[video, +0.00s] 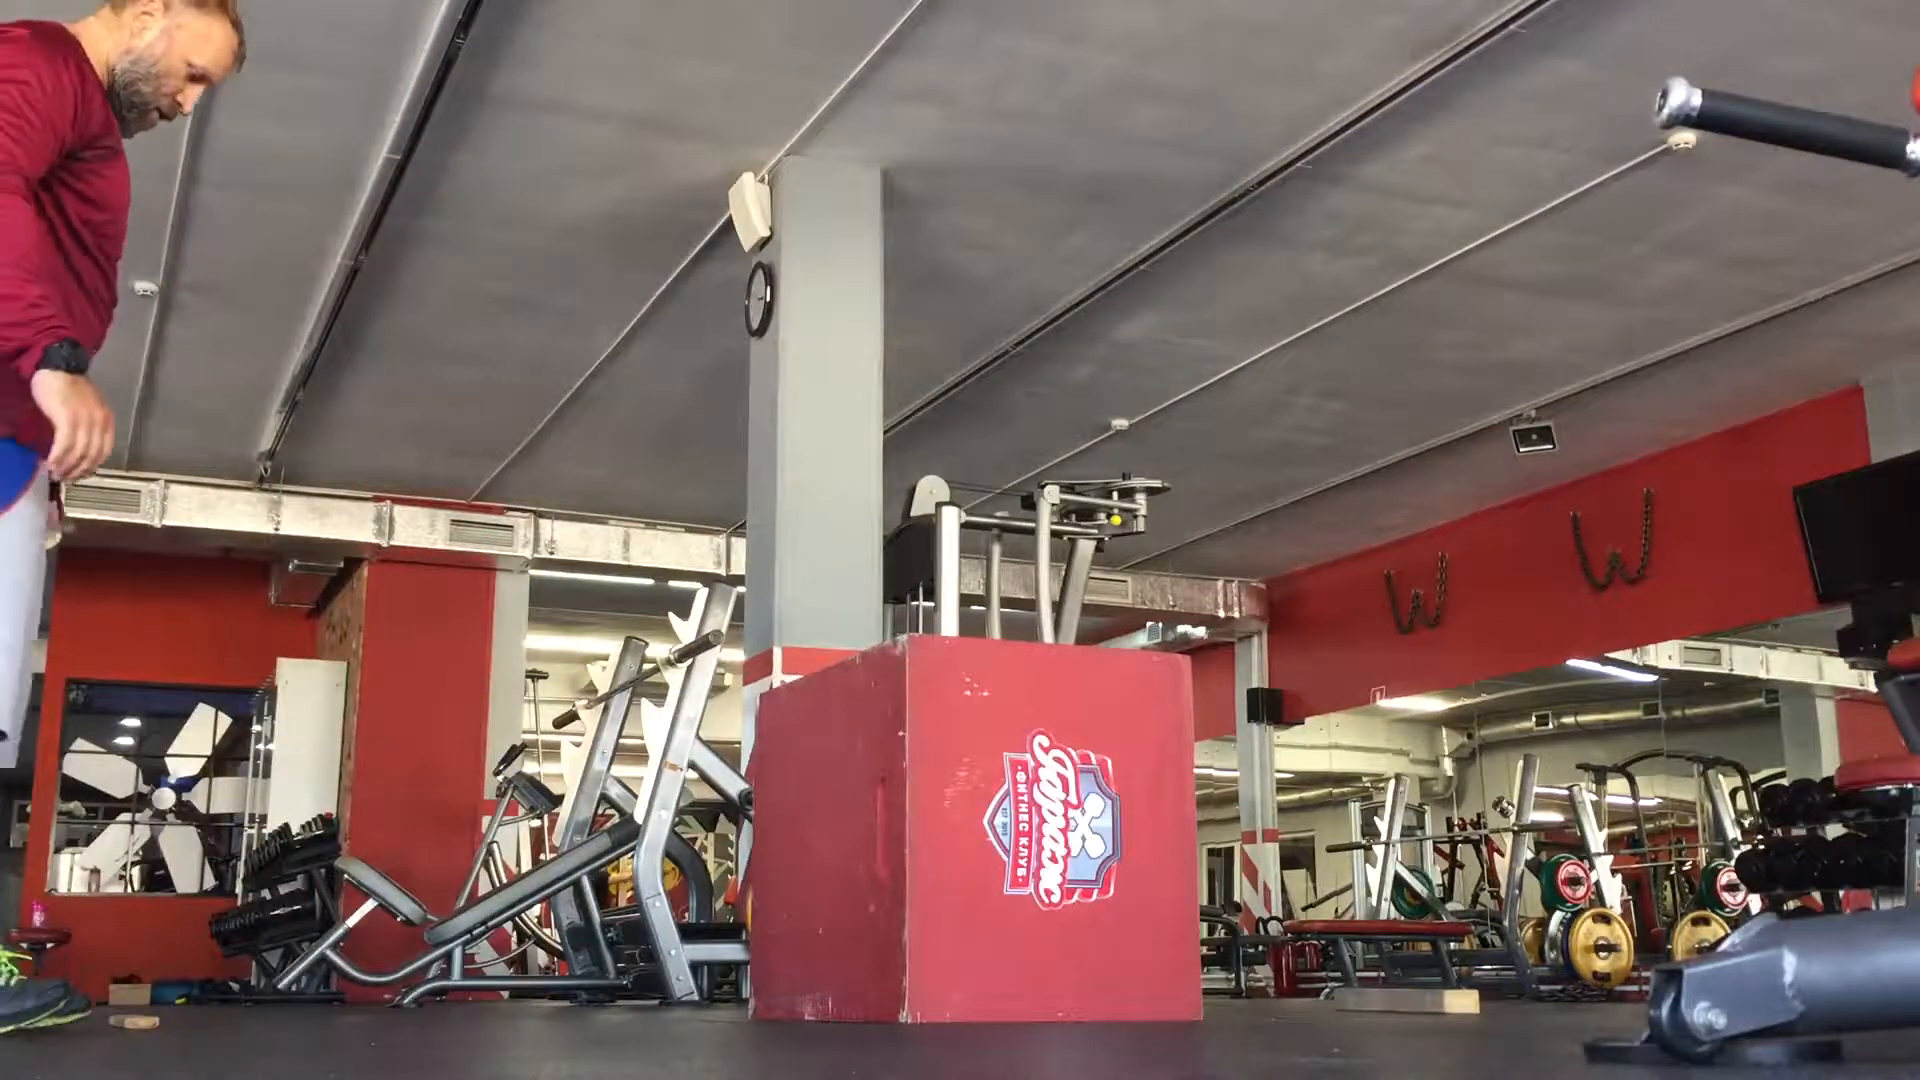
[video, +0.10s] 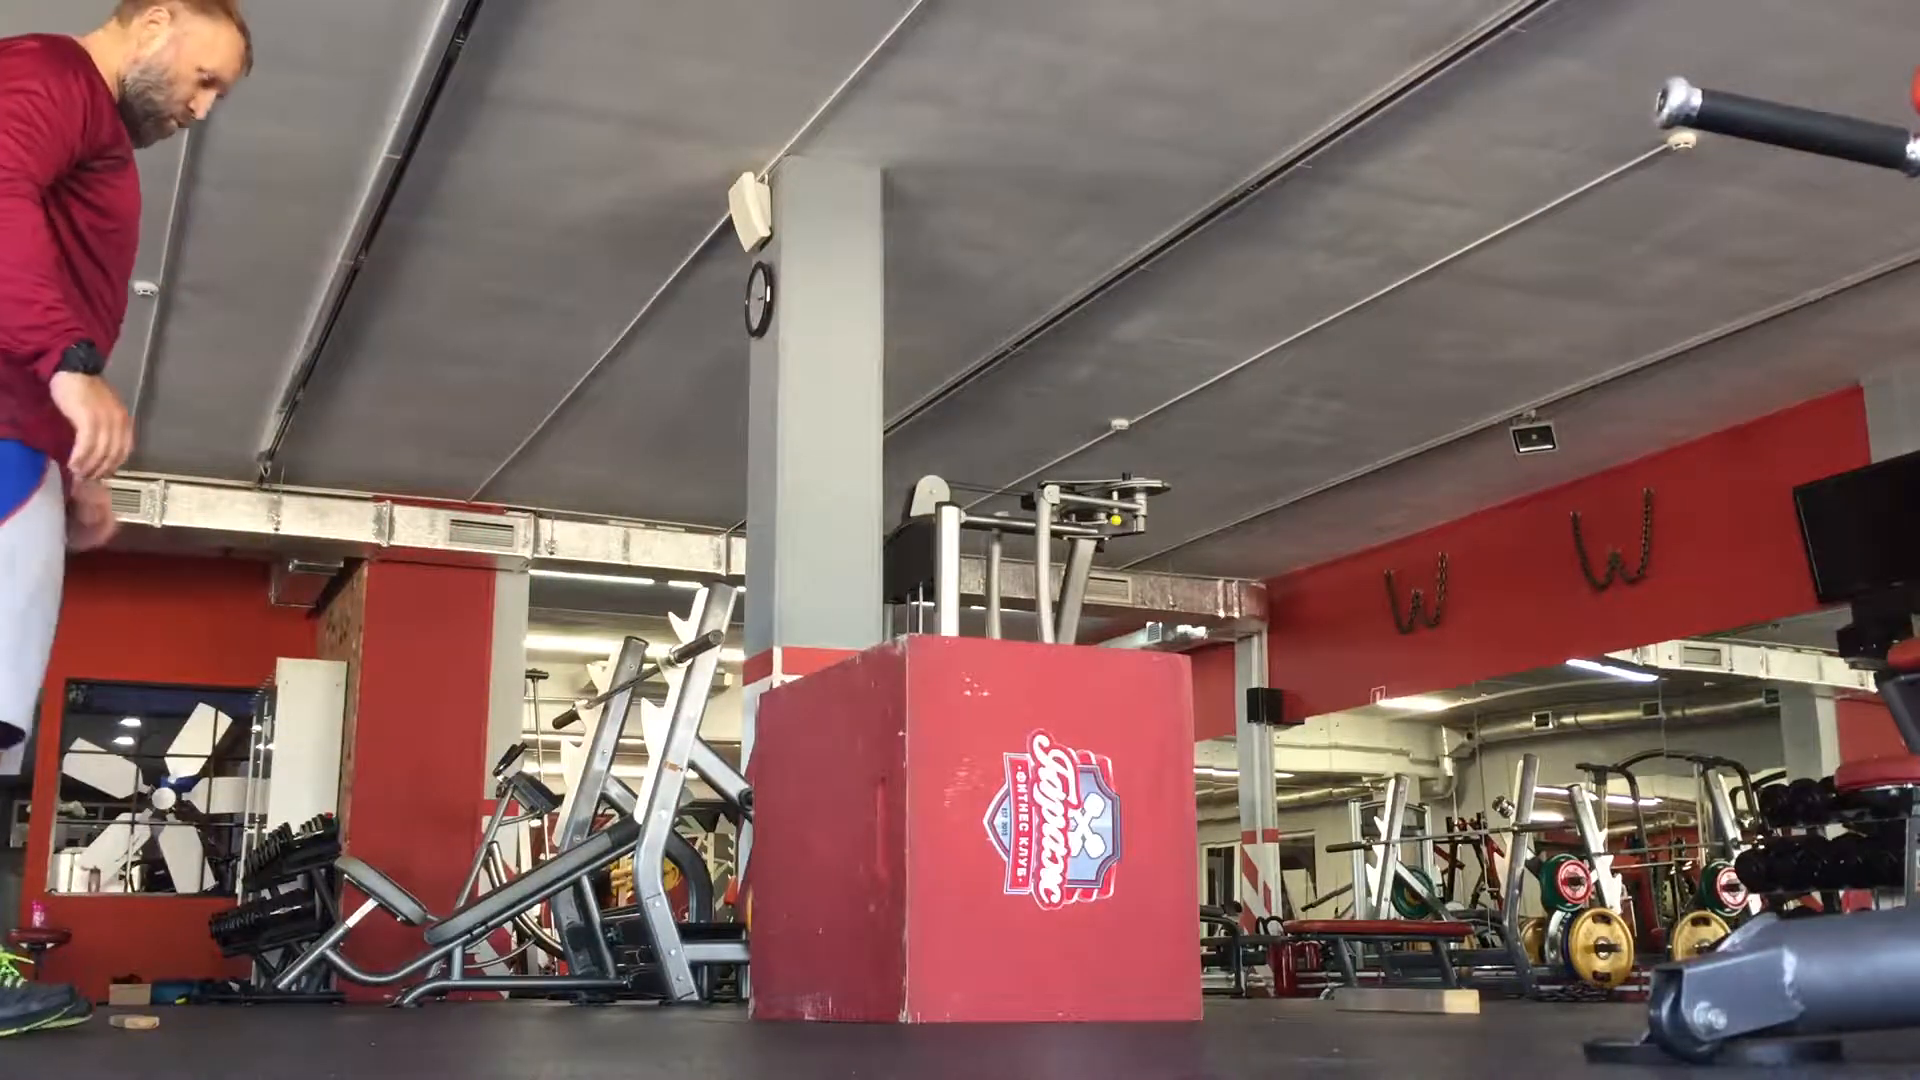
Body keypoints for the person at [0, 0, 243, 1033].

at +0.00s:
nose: (188, 105)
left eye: (204, 93)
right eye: (195, 75)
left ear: (141, 23)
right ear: (147, 16)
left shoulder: (74, 93)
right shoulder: (42, 67)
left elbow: (34, 256)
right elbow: (2, 195)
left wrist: (45, 465)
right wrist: (48, 364)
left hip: (25, 451)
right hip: (9, 449)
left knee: (9, 708)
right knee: (3, 710)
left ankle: (7, 963)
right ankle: (2, 966)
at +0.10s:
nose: (202, 111)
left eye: (216, 98)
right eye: (208, 81)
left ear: (160, 36)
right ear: (158, 22)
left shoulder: (91, 119)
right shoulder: (53, 77)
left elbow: (44, 308)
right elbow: (3, 197)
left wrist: (69, 467)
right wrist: (65, 365)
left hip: (27, 464)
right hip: (8, 458)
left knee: (10, 724)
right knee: (5, 724)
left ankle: (4, 964)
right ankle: (0, 966)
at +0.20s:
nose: (218, 104)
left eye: (229, 92)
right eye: (220, 75)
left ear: (166, 35)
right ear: (164, 22)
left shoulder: (104, 129)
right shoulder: (67, 80)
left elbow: (57, 326)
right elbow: (16, 207)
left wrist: (114, 471)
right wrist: (94, 375)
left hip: (39, 460)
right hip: (17, 451)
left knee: (18, 712)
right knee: (13, 711)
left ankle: (6, 960)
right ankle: (3, 962)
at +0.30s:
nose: (232, 101)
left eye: (243, 86)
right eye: (233, 71)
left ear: (177, 33)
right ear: (177, 23)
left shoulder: (113, 119)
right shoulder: (83, 83)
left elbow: (63, 339)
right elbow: (32, 219)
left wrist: (120, 477)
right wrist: (112, 398)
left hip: (37, 460)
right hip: (18, 453)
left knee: (12, 719)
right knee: (7, 719)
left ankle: (6, 965)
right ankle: (2, 968)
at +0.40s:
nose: (258, 106)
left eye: (269, 91)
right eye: (259, 78)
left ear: (202, 40)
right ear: (203, 34)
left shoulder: (135, 120)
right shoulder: (106, 86)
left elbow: (62, 262)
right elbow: (54, 227)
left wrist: (70, 479)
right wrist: (61, 415)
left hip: (35, 449)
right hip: (19, 446)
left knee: (11, 718)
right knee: (5, 720)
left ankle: (1, 965)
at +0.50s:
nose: (302, 124)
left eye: (314, 108)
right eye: (302, 94)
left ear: (240, 58)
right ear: (240, 52)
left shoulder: (164, 131)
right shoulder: (143, 103)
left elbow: (43, 264)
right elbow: (14, 220)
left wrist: (60, 449)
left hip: (40, 453)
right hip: (25, 451)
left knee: (12, 723)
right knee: (7, 724)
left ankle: (2, 963)